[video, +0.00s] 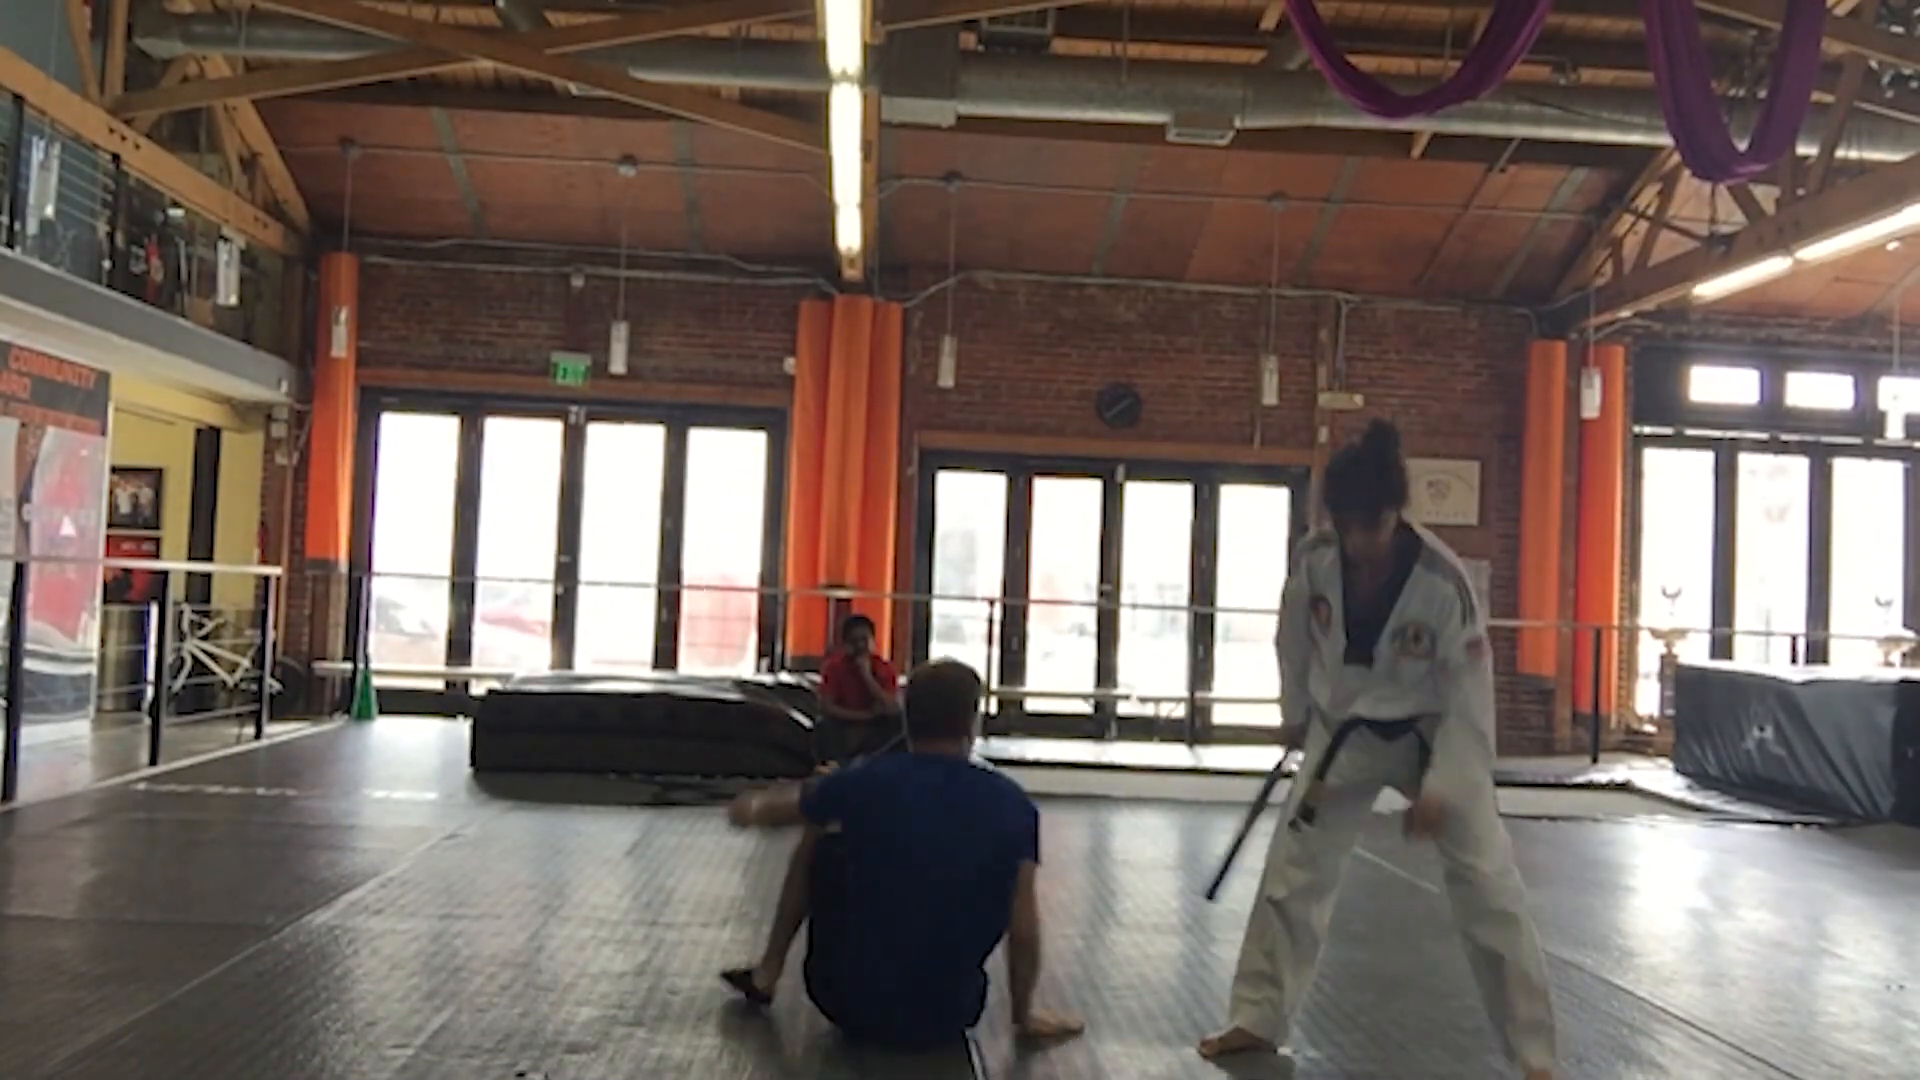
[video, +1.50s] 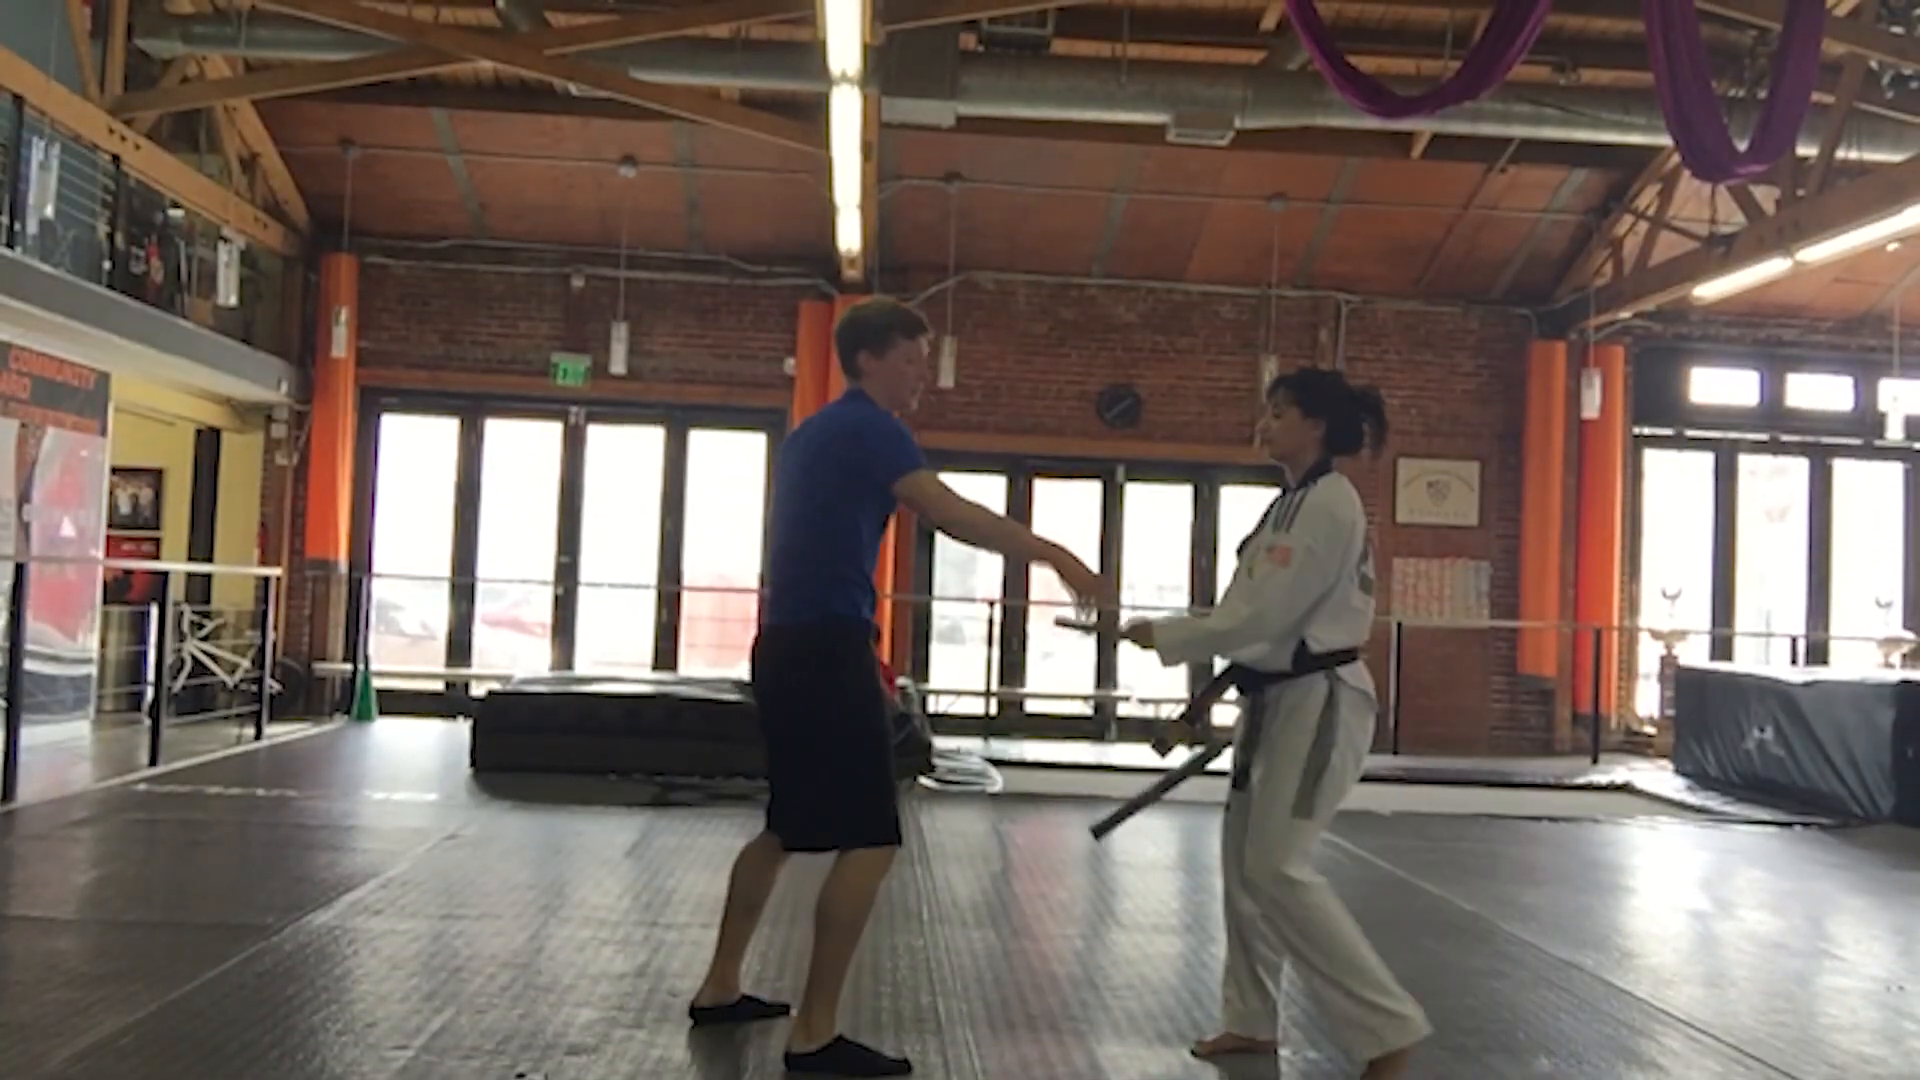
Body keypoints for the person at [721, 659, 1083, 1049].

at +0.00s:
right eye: (976, 714)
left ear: (907, 719)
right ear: (972, 724)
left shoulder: (865, 781)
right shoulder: (1011, 804)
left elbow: (765, 810)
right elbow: (1023, 931)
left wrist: (749, 808)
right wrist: (1025, 1018)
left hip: (849, 1002)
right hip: (946, 1014)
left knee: (819, 841)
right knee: (1016, 883)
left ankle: (766, 974)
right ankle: (1026, 1019)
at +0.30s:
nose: (967, 714)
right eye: (967, 705)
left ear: (903, 697)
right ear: (961, 707)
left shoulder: (853, 730)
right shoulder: (980, 771)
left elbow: (824, 807)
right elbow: (998, 903)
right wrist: (1023, 1021)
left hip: (837, 947)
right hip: (924, 957)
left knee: (735, 822)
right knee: (980, 854)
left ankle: (753, 992)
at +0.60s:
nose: (987, 666)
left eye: (992, 654)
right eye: (988, 651)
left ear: (930, 630)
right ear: (968, 638)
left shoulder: (859, 643)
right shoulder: (957, 686)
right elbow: (996, 814)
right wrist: (1035, 916)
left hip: (787, 789)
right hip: (869, 801)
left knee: (735, 848)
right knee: (938, 824)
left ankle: (735, 955)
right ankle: (899, 963)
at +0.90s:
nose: (974, 503)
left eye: (977, 490)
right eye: (970, 487)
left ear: (922, 477)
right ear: (935, 476)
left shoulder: (858, 511)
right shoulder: (922, 531)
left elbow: (829, 635)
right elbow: (907, 653)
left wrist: (886, 709)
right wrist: (920, 750)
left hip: (757, 683)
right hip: (823, 686)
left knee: (802, 834)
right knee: (897, 803)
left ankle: (720, 974)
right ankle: (898, 961)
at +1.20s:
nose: (930, 405)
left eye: (932, 391)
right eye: (920, 390)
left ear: (873, 393)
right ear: (876, 388)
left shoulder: (825, 448)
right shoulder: (863, 445)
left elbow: (786, 560)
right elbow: (852, 534)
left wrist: (855, 647)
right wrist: (956, 602)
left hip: (762, 650)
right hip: (811, 649)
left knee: (782, 822)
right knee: (893, 807)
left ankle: (715, 990)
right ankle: (830, 989)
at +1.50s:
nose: (926, 376)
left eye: (927, 361)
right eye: (916, 360)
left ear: (861, 365)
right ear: (869, 358)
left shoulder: (813, 431)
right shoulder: (869, 427)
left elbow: (819, 567)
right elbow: (951, 515)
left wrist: (868, 667)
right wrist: (1058, 555)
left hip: (784, 653)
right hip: (831, 657)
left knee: (787, 828)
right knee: (872, 843)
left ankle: (718, 988)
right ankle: (814, 1036)